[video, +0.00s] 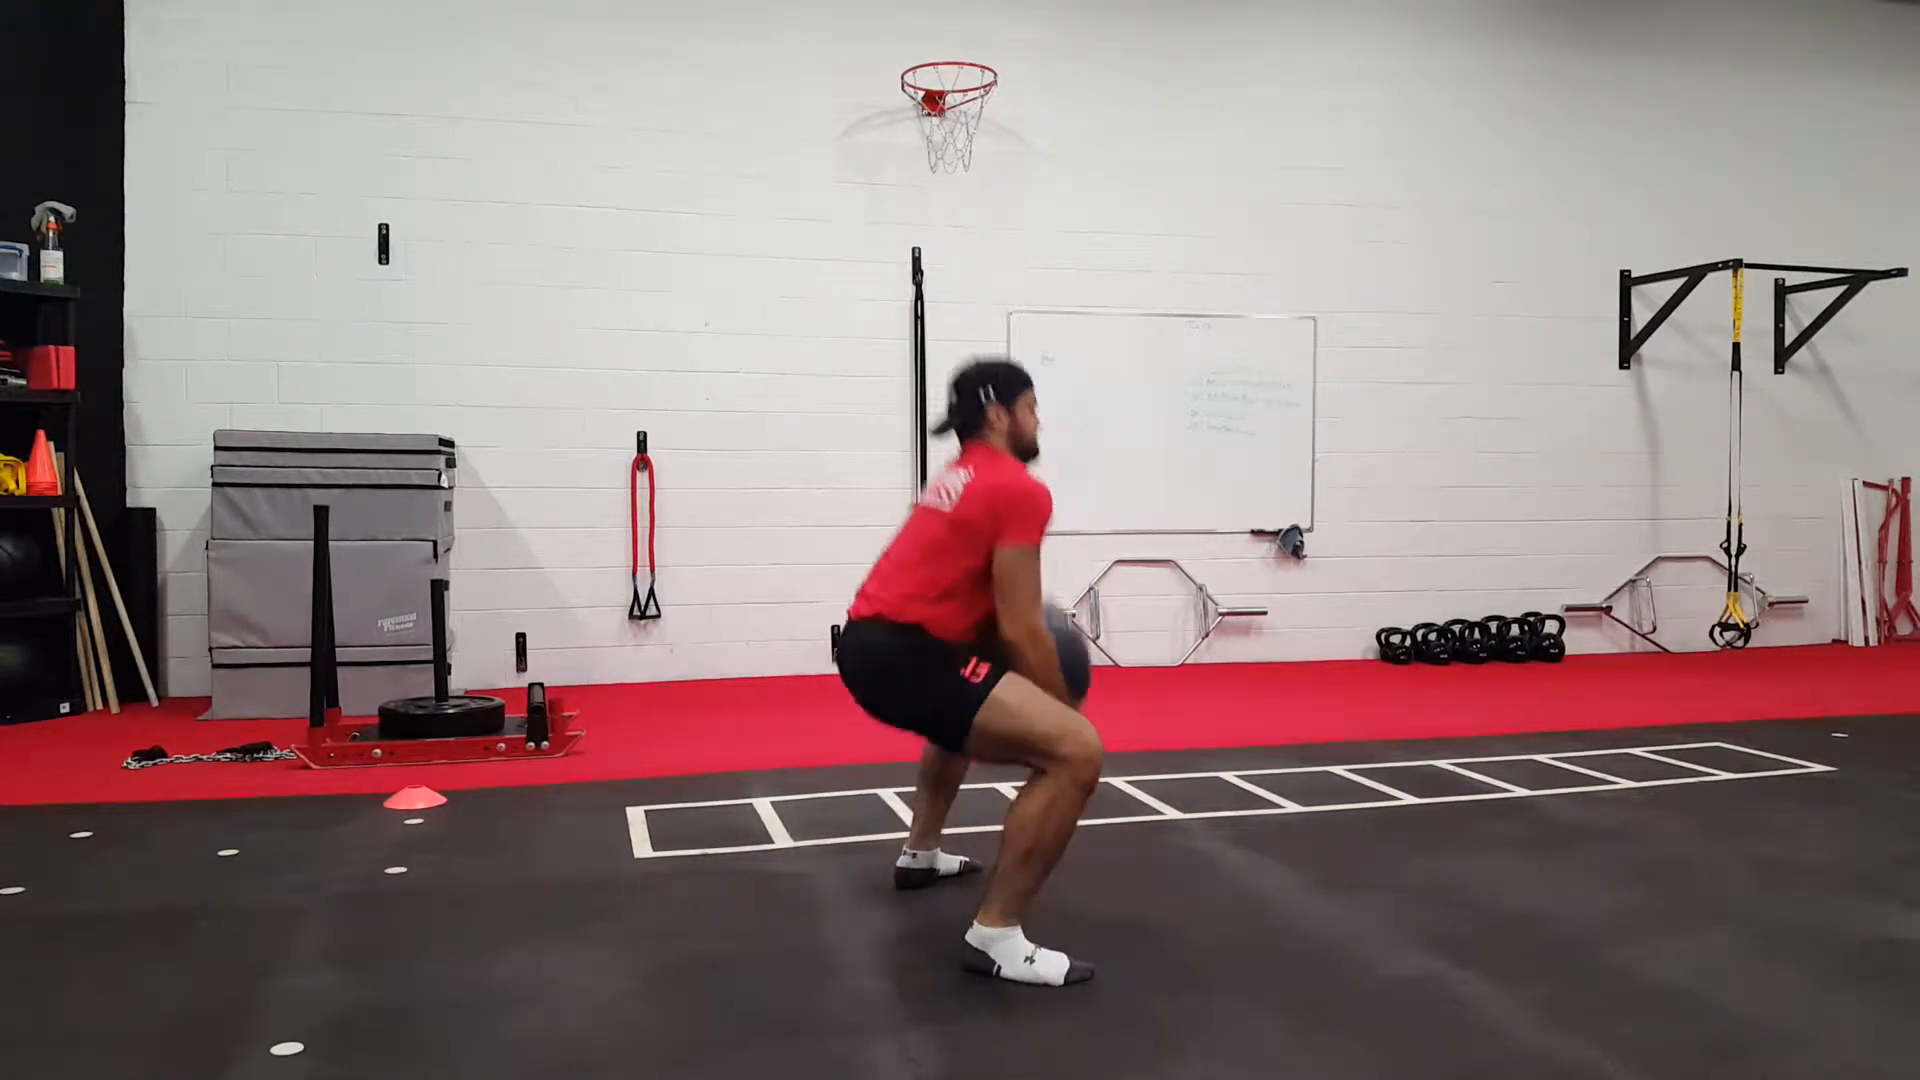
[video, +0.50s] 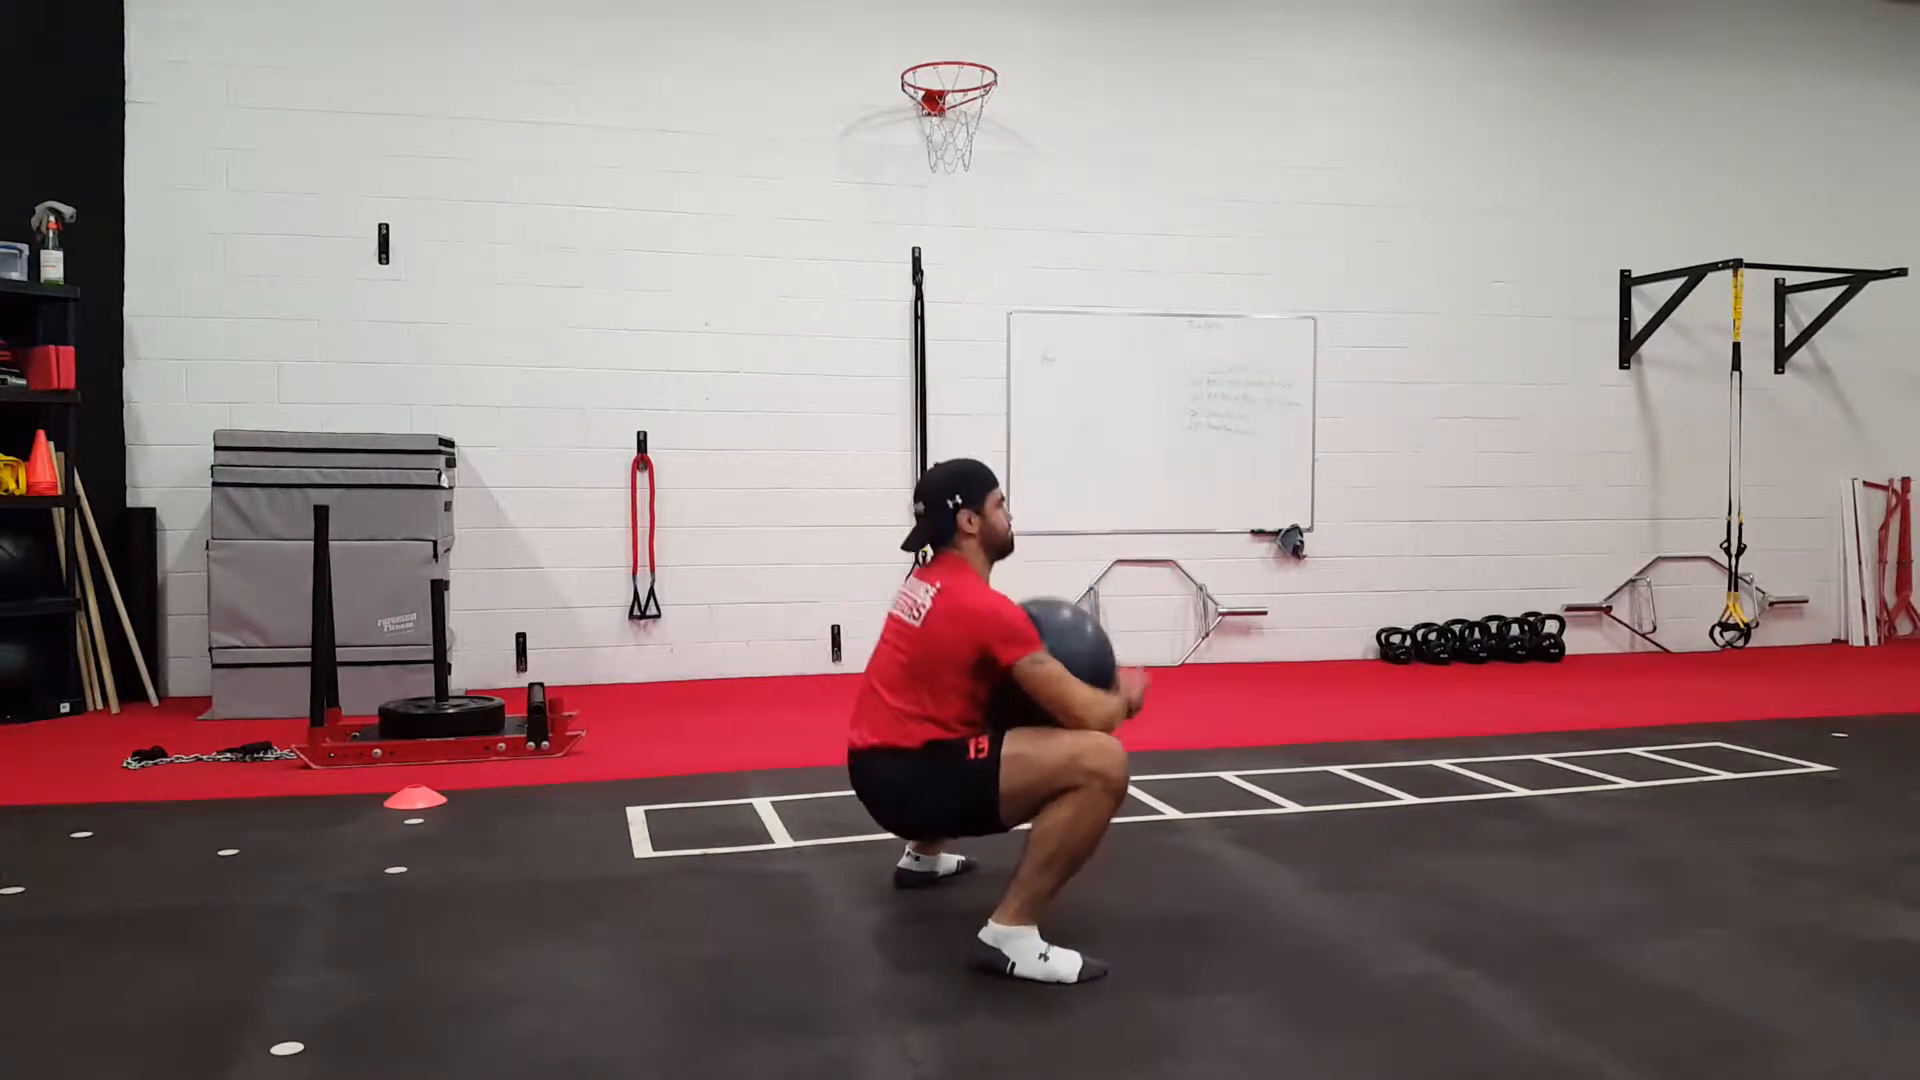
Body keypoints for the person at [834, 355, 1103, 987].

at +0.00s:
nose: (1038, 420)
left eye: (1035, 407)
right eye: (1031, 408)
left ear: (985, 417)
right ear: (998, 415)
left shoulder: (957, 474)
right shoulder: (1017, 490)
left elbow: (969, 611)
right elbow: (1021, 627)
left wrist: (1033, 659)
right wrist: (1060, 714)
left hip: (866, 641)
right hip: (905, 652)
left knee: (980, 698)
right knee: (1076, 755)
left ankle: (922, 849)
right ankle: (997, 931)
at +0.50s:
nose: (1010, 515)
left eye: (1004, 503)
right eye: (1000, 505)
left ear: (961, 524)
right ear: (969, 522)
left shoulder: (927, 578)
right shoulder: (988, 610)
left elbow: (963, 675)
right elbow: (1088, 714)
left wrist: (1032, 653)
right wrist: (1125, 700)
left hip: (878, 765)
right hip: (917, 779)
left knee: (1001, 708)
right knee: (1102, 764)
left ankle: (924, 853)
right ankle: (1012, 928)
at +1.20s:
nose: (989, 393)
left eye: (983, 381)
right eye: (979, 382)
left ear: (935, 402)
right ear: (950, 397)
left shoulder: (916, 469)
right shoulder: (972, 485)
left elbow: (959, 568)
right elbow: (1046, 601)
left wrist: (1048, 602)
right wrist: (1095, 619)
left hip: (872, 647)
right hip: (918, 654)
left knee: (979, 719)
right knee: (1089, 752)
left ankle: (923, 850)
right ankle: (1011, 927)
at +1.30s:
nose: (953, 339)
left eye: (945, 326)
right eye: (940, 329)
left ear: (902, 353)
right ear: (910, 348)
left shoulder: (897, 427)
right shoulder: (951, 434)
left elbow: (967, 529)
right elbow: (1037, 543)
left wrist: (1050, 534)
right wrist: (1092, 545)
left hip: (890, 609)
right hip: (933, 612)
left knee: (992, 711)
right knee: (1083, 745)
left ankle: (923, 851)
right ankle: (1011, 927)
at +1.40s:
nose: (901, 287)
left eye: (889, 277)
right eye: (885, 280)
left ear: (855, 317)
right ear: (865, 305)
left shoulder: (875, 386)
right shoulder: (920, 382)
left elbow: (979, 452)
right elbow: (1033, 458)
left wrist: (1024, 422)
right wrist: (1084, 432)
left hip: (915, 564)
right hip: (953, 560)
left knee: (990, 703)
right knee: (1061, 729)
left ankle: (926, 845)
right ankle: (1010, 922)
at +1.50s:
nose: (861, 268)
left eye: (845, 261)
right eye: (845, 264)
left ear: (826, 303)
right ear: (836, 287)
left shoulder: (865, 359)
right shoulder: (892, 347)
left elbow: (992, 360)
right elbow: (1029, 350)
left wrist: (1007, 310)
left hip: (943, 537)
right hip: (978, 530)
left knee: (989, 692)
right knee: (1047, 711)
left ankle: (933, 833)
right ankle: (1014, 910)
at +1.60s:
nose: (851, 286)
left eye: (840, 287)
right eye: (839, 289)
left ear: (827, 327)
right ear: (839, 312)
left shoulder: (880, 362)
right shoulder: (912, 353)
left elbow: (992, 300)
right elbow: (1031, 285)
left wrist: (996, 196)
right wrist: (1026, 169)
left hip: (957, 535)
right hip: (1000, 531)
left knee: (973, 704)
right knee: (1046, 722)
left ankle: (915, 846)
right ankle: (1013, 919)